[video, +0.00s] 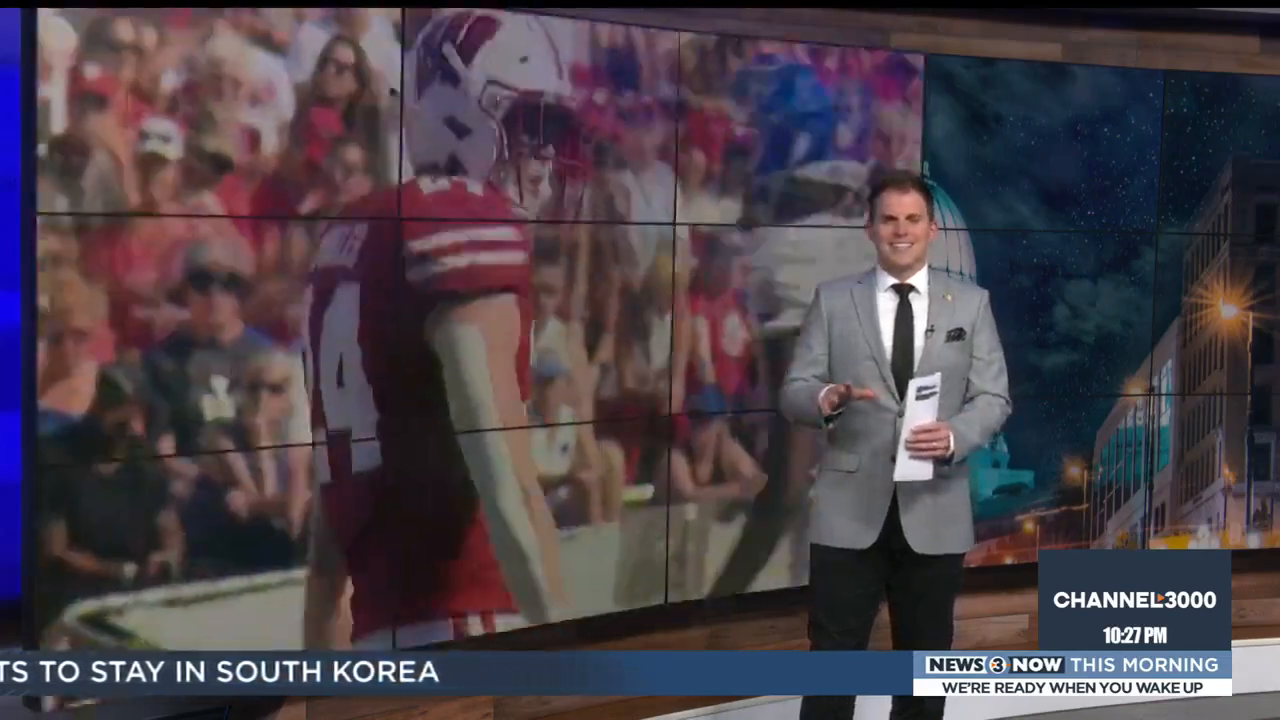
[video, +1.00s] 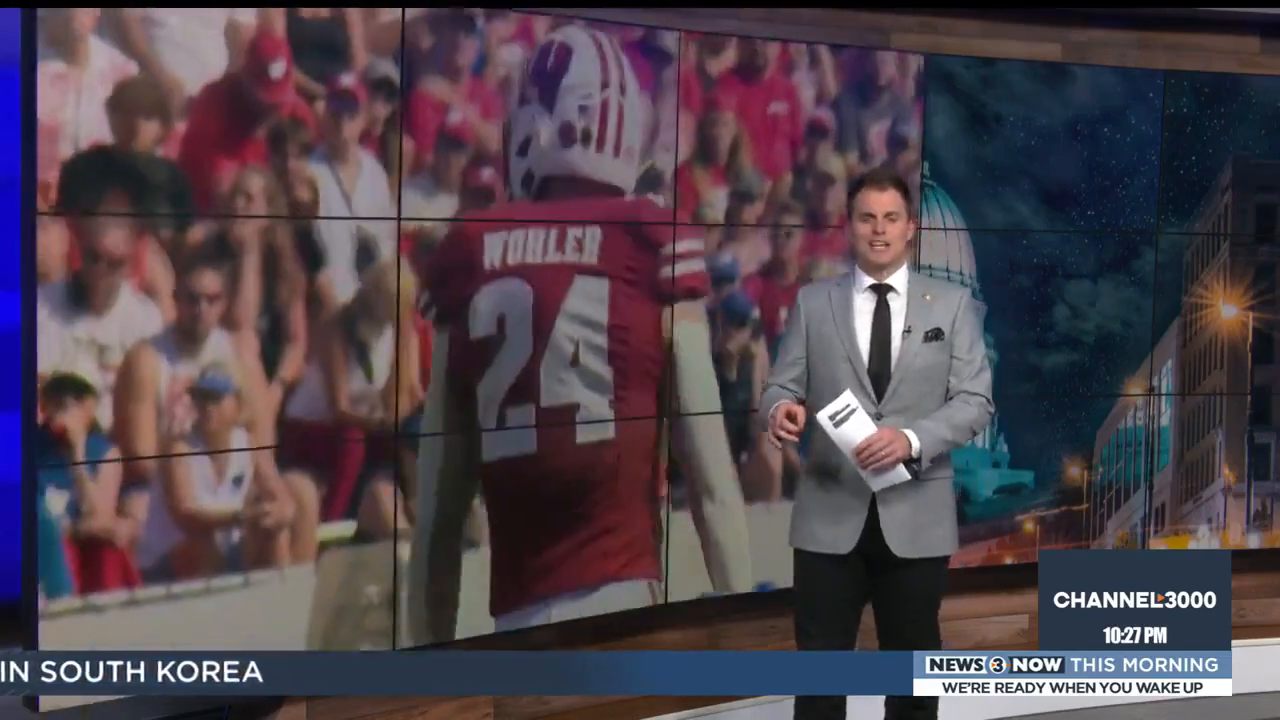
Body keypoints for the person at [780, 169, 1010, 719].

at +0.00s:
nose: (901, 230)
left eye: (913, 219)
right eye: (889, 219)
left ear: (932, 227)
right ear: (871, 228)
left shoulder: (969, 301)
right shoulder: (833, 300)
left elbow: (993, 398)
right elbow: (794, 391)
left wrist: (955, 434)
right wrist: (822, 399)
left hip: (933, 508)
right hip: (848, 507)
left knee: (926, 665)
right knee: (832, 663)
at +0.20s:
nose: (897, 234)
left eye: (909, 223)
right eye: (885, 223)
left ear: (929, 229)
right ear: (869, 230)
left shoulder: (968, 302)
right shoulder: (831, 301)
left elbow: (994, 398)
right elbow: (785, 391)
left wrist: (951, 434)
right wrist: (821, 393)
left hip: (932, 511)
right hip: (846, 510)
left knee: (925, 669)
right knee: (830, 666)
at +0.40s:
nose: (895, 235)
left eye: (907, 222)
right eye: (883, 223)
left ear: (927, 230)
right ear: (867, 231)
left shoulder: (965, 301)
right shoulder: (828, 300)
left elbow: (991, 399)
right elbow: (780, 385)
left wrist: (936, 426)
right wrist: (794, 400)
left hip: (928, 511)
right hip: (843, 509)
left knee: (923, 669)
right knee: (828, 668)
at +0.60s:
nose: (887, 231)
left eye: (900, 220)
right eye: (876, 220)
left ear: (920, 228)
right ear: (861, 230)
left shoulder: (960, 301)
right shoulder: (823, 301)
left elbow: (983, 402)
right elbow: (790, 382)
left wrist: (919, 433)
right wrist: (784, 406)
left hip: (923, 512)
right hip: (837, 511)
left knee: (919, 669)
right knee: (825, 668)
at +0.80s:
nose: (882, 230)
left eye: (895, 218)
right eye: (870, 219)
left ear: (916, 228)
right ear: (855, 228)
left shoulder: (957, 303)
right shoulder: (816, 302)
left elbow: (978, 404)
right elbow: (787, 383)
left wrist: (916, 438)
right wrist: (780, 407)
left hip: (919, 513)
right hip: (833, 511)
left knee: (916, 670)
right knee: (821, 670)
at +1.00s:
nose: (878, 229)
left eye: (891, 217)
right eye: (866, 217)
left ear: (912, 227)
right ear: (850, 226)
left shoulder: (953, 304)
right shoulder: (813, 302)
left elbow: (974, 405)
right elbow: (782, 388)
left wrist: (912, 439)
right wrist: (779, 411)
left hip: (915, 517)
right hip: (828, 515)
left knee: (913, 672)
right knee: (819, 672)